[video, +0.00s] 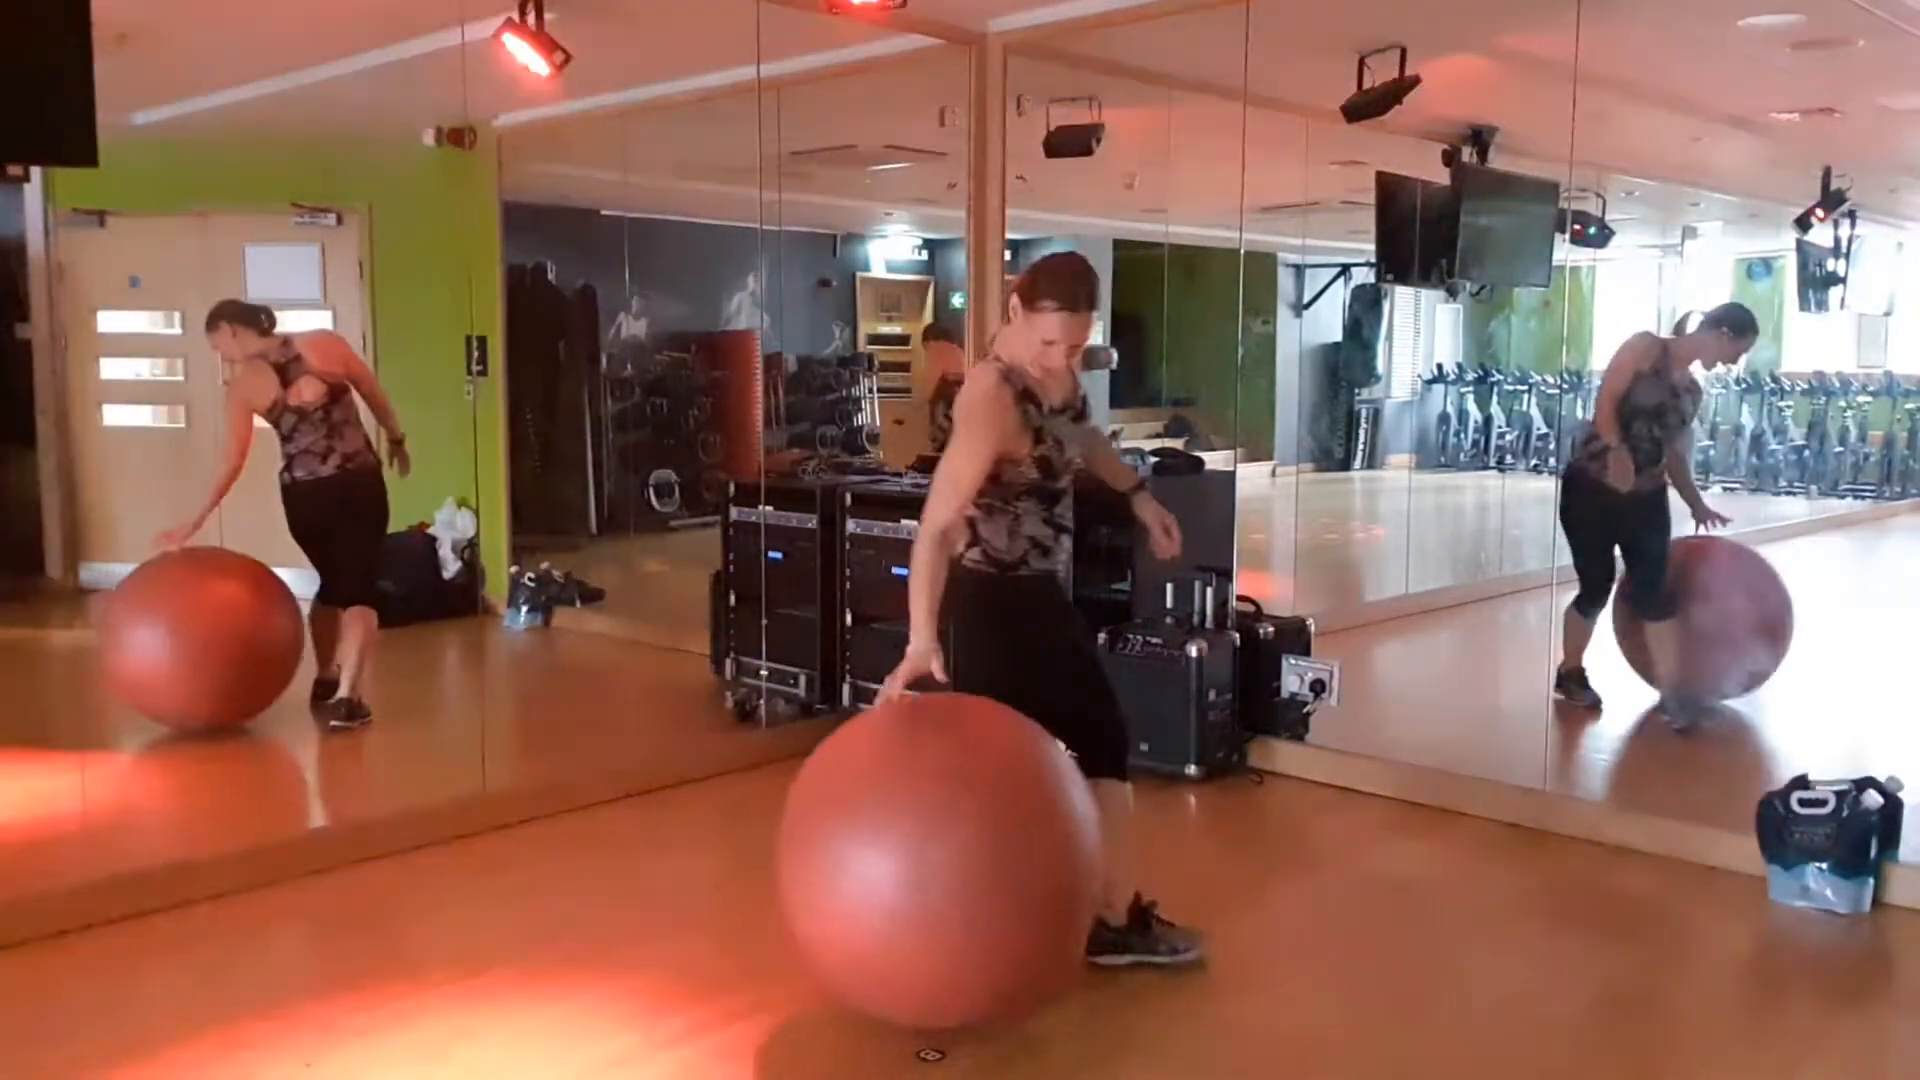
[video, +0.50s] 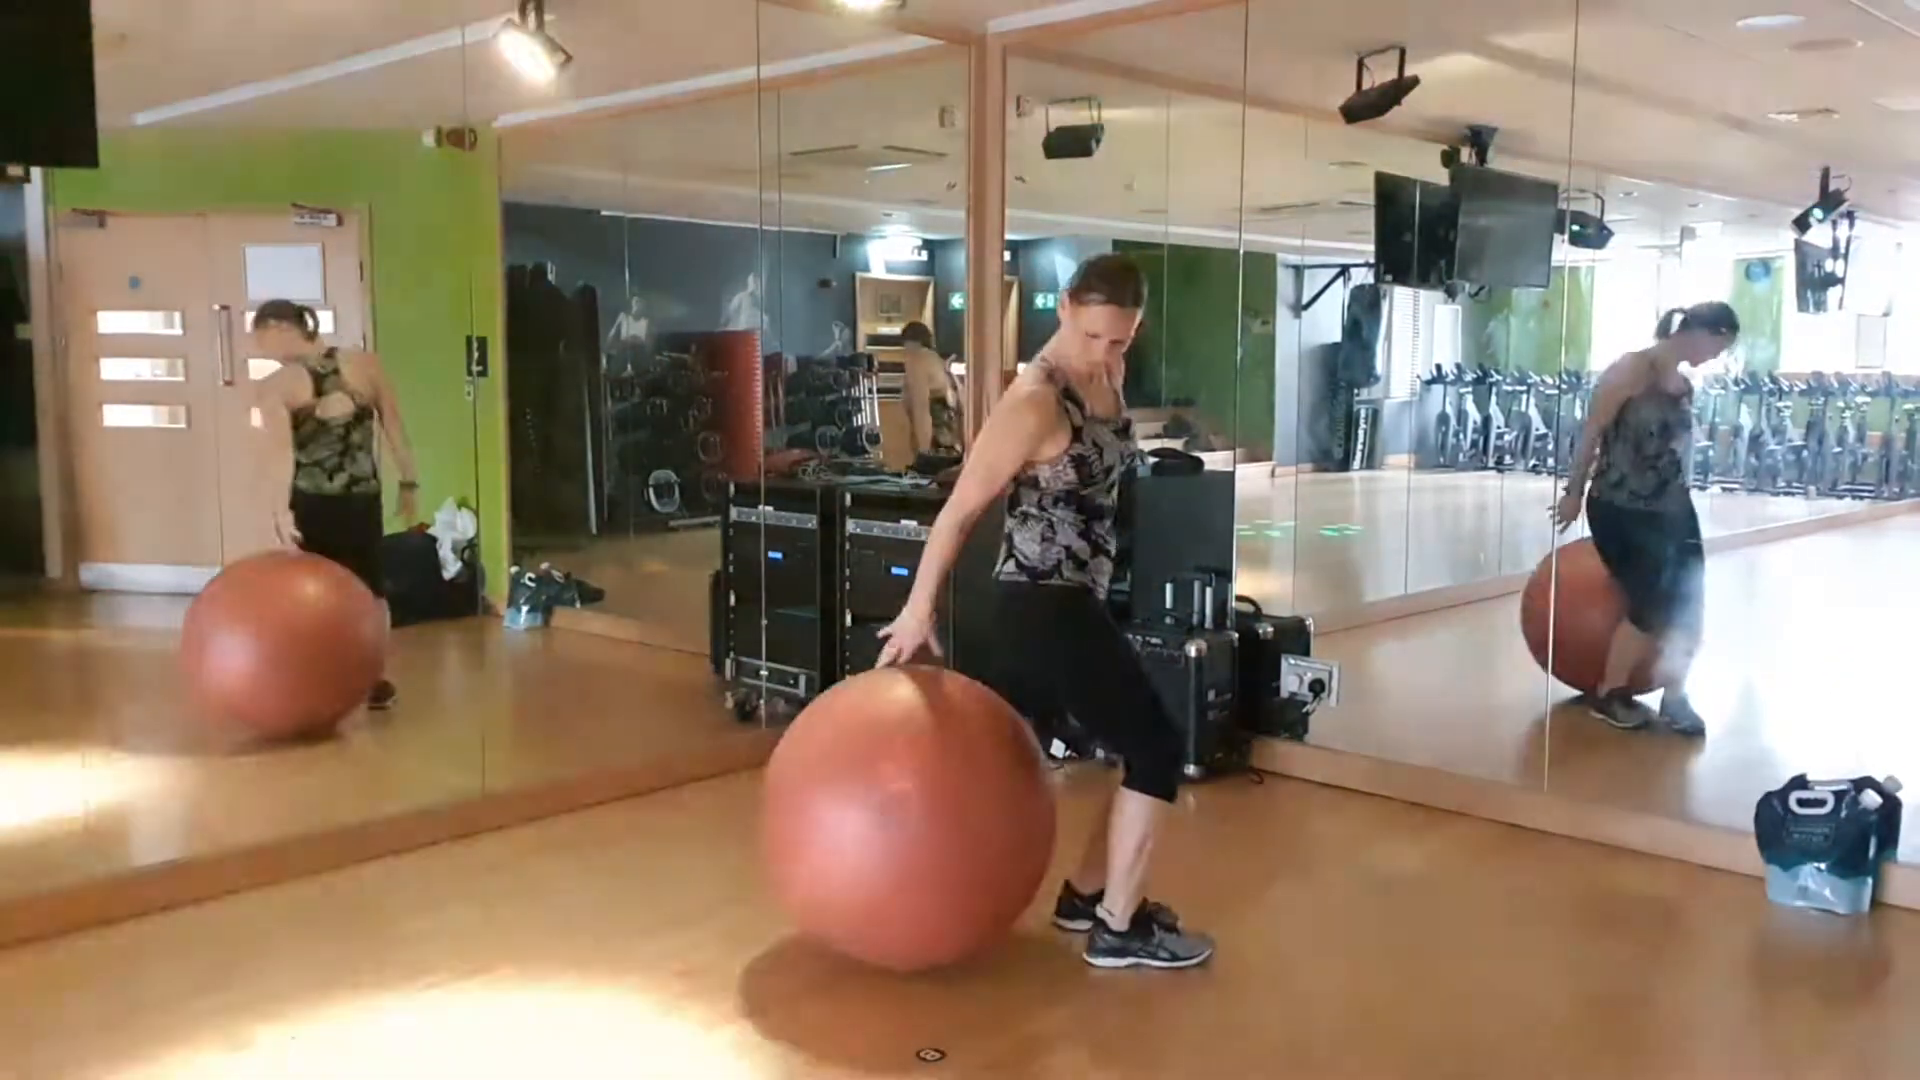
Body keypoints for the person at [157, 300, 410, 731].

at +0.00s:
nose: (218, 355)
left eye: (216, 344)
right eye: (213, 347)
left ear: (233, 330)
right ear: (247, 324)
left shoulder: (245, 381)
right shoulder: (325, 344)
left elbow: (234, 463)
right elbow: (372, 392)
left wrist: (192, 525)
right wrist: (395, 436)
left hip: (303, 491)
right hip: (359, 481)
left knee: (333, 585)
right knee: (358, 590)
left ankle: (328, 675)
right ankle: (347, 695)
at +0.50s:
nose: (260, 350)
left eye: (261, 339)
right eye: (258, 341)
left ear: (282, 327)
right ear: (295, 324)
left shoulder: (280, 386)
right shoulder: (364, 364)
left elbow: (280, 454)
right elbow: (393, 427)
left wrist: (279, 509)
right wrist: (409, 482)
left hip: (313, 506)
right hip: (363, 503)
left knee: (318, 594)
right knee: (370, 592)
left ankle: (326, 681)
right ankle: (376, 676)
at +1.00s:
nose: (290, 373)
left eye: (293, 364)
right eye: (291, 365)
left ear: (310, 361)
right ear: (336, 367)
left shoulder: (274, 417)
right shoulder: (374, 424)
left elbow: (261, 482)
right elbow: (367, 483)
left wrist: (252, 541)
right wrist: (347, 539)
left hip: (280, 546)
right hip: (339, 545)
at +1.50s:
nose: (270, 385)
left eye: (270, 377)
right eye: (270, 378)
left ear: (278, 376)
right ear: (317, 381)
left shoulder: (247, 434)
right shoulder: (350, 433)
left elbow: (220, 495)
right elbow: (343, 498)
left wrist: (221, 565)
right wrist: (326, 560)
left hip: (254, 571)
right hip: (320, 570)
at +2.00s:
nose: (273, 375)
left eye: (278, 367)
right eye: (275, 367)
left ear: (294, 371)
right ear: (323, 373)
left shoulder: (253, 427)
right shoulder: (355, 428)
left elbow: (233, 491)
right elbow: (350, 492)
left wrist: (231, 558)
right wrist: (334, 553)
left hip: (265, 561)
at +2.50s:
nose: (268, 326)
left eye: (272, 318)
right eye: (269, 318)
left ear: (288, 324)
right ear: (317, 325)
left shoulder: (250, 384)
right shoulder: (351, 385)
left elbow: (244, 457)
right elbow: (357, 457)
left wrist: (241, 517)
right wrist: (355, 518)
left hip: (269, 517)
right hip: (328, 518)